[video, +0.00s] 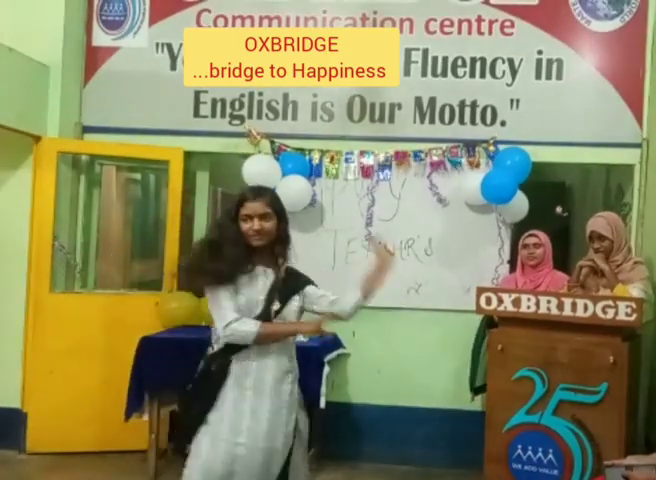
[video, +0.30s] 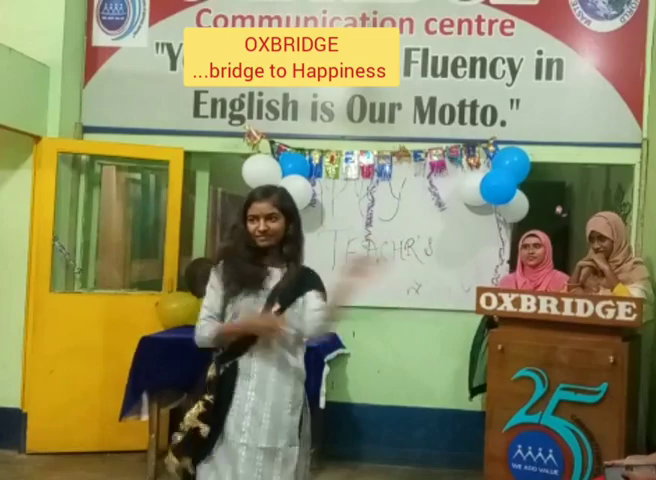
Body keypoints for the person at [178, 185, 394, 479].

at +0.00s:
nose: (255, 227)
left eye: (264, 218)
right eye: (247, 219)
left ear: (280, 223)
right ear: (236, 224)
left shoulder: (291, 279)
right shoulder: (221, 270)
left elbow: (341, 309)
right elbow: (230, 329)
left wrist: (378, 271)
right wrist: (299, 327)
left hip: (278, 386)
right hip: (233, 385)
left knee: (273, 462)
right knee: (218, 462)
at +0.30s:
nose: (261, 227)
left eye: (271, 219)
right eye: (253, 219)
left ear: (288, 223)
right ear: (244, 223)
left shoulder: (304, 279)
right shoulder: (226, 270)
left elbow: (312, 331)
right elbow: (203, 334)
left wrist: (346, 284)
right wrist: (248, 326)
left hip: (281, 393)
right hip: (235, 389)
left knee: (275, 465)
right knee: (228, 464)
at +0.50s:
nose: (231, 228)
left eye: (239, 220)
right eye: (232, 220)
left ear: (264, 227)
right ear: (265, 229)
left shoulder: (252, 281)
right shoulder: (279, 277)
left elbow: (185, 285)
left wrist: (181, 233)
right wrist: (183, 231)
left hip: (238, 384)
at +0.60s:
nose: (217, 233)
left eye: (219, 225)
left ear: (224, 231)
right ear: (272, 233)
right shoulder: (281, 279)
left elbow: (180, 260)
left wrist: (195, 213)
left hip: (218, 389)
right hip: (264, 387)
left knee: (213, 468)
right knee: (267, 464)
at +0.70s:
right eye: (244, 222)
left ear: (202, 228)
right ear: (241, 231)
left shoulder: (184, 266)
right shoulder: (244, 273)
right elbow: (304, 264)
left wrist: (240, 202)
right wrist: (286, 215)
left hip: (199, 373)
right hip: (242, 379)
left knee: (202, 457)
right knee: (264, 460)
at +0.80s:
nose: (238, 222)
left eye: (238, 215)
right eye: (231, 215)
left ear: (203, 220)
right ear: (213, 220)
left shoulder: (212, 256)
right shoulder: (205, 262)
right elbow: (263, 234)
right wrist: (259, 182)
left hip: (219, 360)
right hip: (215, 367)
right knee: (220, 462)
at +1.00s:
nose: (190, 214)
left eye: (201, 205)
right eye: (186, 206)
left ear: (225, 214)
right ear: (180, 212)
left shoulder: (240, 260)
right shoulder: (174, 253)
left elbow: (271, 217)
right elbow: (118, 212)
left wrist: (234, 174)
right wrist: (172, 174)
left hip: (228, 385)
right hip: (175, 382)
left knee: (217, 472)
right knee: (168, 469)